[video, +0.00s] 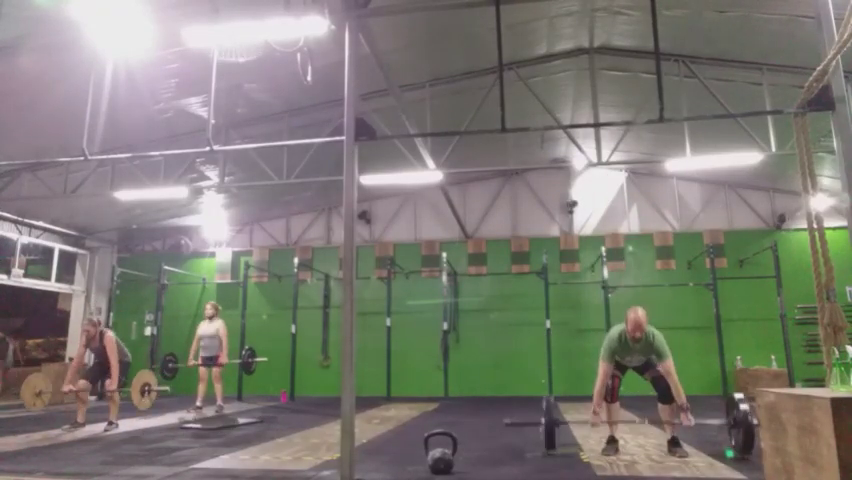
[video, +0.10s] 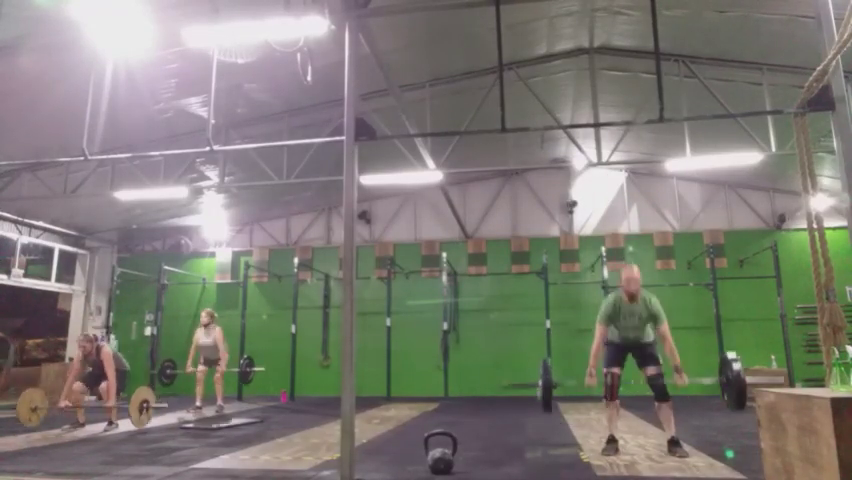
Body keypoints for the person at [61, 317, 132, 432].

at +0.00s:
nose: (85, 334)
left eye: (88, 331)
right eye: (84, 331)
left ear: (96, 328)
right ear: (82, 330)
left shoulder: (108, 336)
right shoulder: (86, 337)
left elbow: (114, 361)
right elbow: (78, 360)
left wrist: (114, 382)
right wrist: (67, 382)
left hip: (120, 362)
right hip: (102, 362)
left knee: (110, 386)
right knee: (82, 386)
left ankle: (112, 421)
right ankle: (80, 421)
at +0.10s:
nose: (82, 350)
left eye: (84, 347)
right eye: (80, 347)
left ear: (92, 344)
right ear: (78, 346)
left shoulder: (104, 350)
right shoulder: (81, 353)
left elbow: (111, 374)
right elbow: (73, 375)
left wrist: (112, 400)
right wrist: (63, 398)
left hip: (118, 371)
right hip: (99, 372)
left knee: (104, 388)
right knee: (77, 388)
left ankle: (112, 421)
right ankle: (80, 420)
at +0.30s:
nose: (92, 311)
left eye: (94, 308)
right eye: (90, 308)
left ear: (102, 307)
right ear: (89, 308)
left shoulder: (111, 317)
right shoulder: (90, 319)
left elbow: (119, 339)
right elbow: (83, 337)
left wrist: (119, 360)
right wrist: (74, 354)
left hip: (112, 356)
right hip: (97, 356)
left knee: (112, 384)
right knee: (88, 385)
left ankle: (112, 420)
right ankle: (80, 420)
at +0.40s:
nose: (98, 306)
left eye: (100, 303)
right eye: (96, 303)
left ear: (108, 302)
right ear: (95, 303)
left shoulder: (114, 313)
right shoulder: (94, 315)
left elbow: (123, 333)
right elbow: (86, 334)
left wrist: (122, 354)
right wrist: (76, 353)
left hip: (111, 356)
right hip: (94, 355)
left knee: (112, 385)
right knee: (88, 386)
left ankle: (113, 420)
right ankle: (80, 420)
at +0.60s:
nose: (83, 339)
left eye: (85, 336)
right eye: (81, 336)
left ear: (94, 333)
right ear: (80, 334)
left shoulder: (106, 340)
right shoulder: (84, 340)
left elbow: (112, 364)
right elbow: (76, 362)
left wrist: (113, 387)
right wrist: (65, 386)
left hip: (118, 363)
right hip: (100, 363)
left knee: (109, 386)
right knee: (81, 386)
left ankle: (112, 420)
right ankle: (80, 420)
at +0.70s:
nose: (80, 355)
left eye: (82, 352)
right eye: (78, 352)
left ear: (90, 349)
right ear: (77, 351)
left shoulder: (103, 354)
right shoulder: (79, 356)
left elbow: (109, 377)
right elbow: (71, 377)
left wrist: (111, 402)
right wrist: (62, 401)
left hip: (118, 373)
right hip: (98, 374)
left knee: (103, 388)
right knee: (76, 388)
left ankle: (112, 420)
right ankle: (79, 420)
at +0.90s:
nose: (87, 319)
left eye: (89, 315)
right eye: (85, 316)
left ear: (96, 313)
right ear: (84, 316)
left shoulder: (106, 322)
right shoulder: (87, 324)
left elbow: (115, 345)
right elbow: (80, 342)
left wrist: (116, 367)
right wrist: (71, 363)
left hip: (114, 355)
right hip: (99, 355)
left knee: (111, 385)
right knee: (85, 383)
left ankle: (113, 420)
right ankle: (80, 420)